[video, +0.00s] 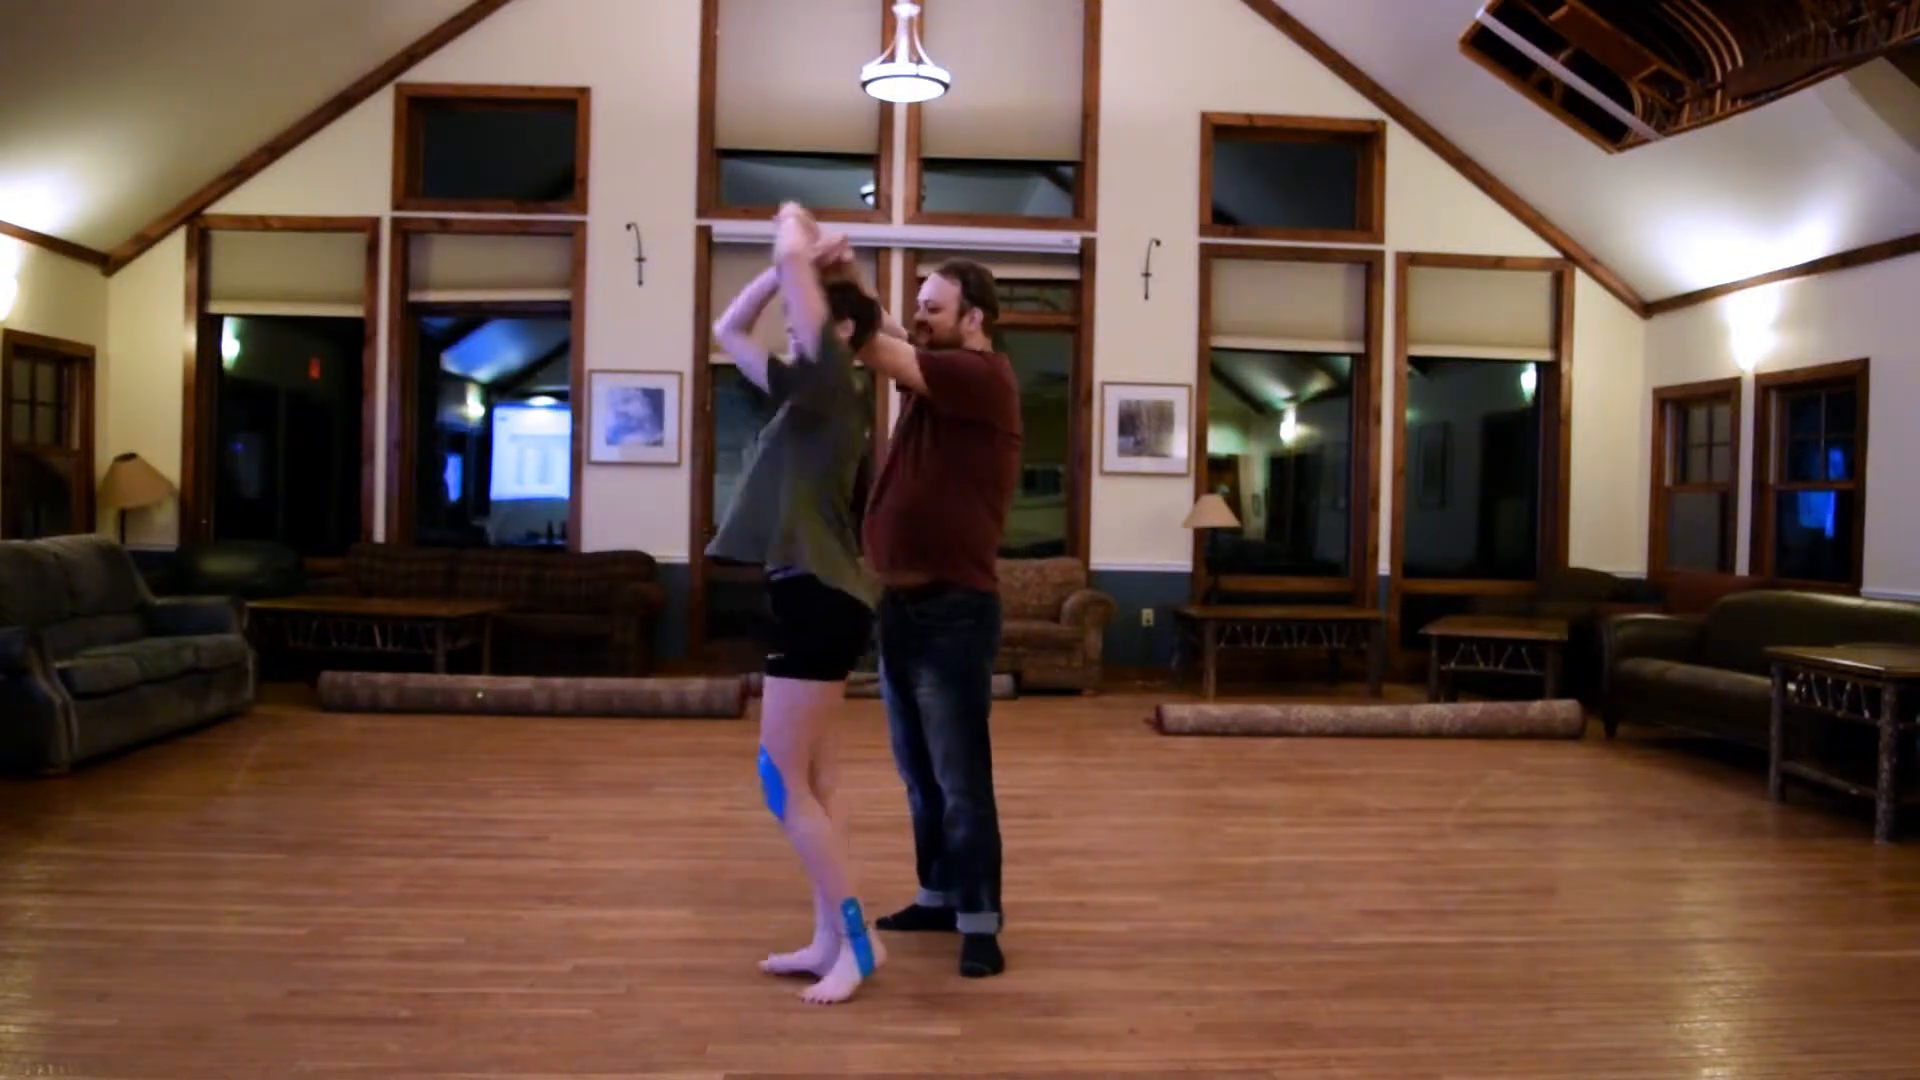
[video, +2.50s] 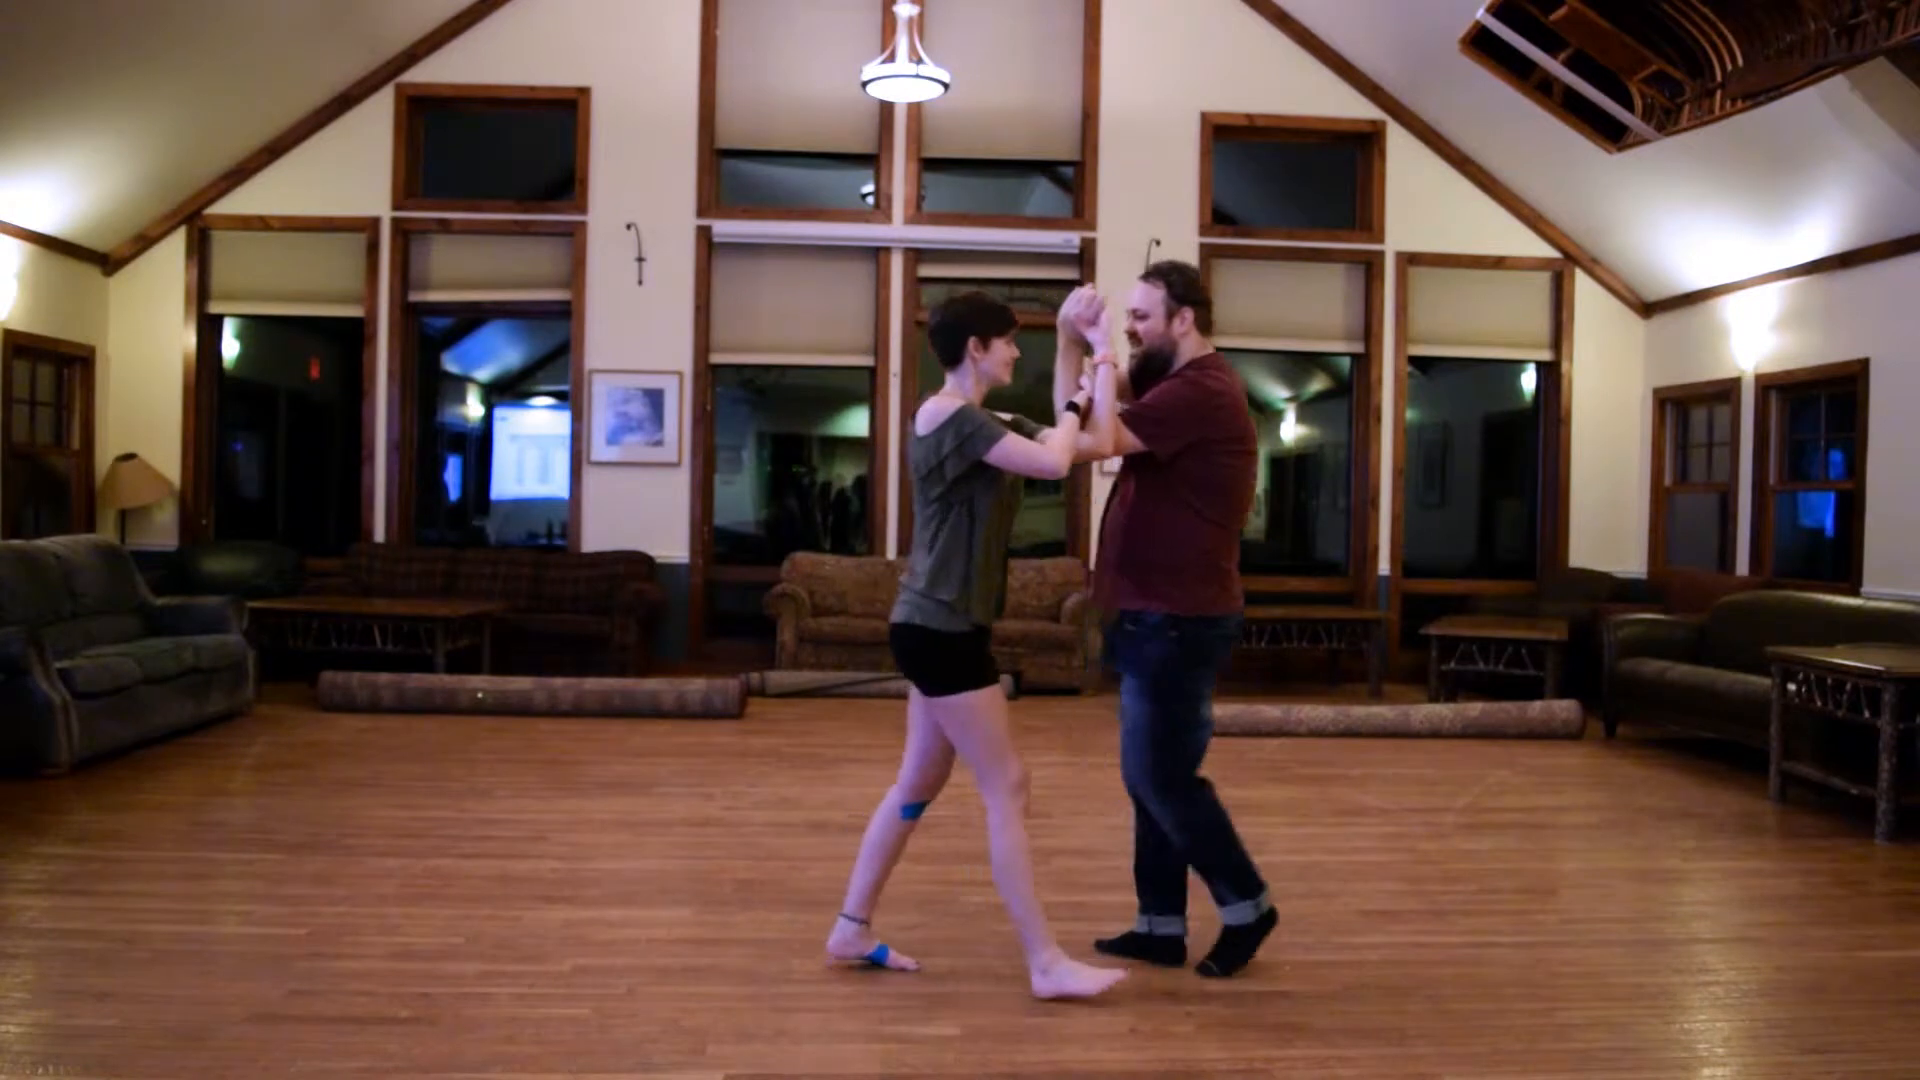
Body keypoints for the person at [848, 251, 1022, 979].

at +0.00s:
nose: (916, 315)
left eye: (931, 305)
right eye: (917, 305)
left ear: (972, 315)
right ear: (931, 315)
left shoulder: (987, 375)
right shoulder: (936, 375)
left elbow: (887, 354)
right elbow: (870, 346)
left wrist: (841, 284)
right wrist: (834, 281)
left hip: (955, 602)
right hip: (904, 599)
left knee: (959, 771)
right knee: (919, 767)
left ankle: (981, 921)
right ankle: (941, 899)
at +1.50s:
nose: (952, 329)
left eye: (967, 316)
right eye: (948, 316)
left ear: (1007, 322)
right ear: (955, 326)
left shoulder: (1029, 392)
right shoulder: (972, 385)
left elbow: (935, 428)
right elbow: (902, 411)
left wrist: (939, 349)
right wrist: (904, 329)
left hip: (1013, 620)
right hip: (956, 615)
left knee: (1010, 779)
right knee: (933, 766)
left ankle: (1030, 930)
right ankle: (921, 910)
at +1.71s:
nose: (991, 327)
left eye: (1005, 314)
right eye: (990, 315)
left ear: (1049, 315)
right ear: (1007, 321)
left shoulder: (1067, 385)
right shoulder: (1023, 381)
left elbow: (973, 424)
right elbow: (932, 413)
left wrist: (972, 349)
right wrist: (940, 329)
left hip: (1044, 619)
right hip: (995, 613)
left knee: (1032, 776)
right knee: (957, 739)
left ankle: (1038, 924)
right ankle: (1005, 877)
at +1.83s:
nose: (1018, 322)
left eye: (1030, 310)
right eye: (1016, 311)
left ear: (1073, 314)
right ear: (1032, 317)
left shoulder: (1090, 384)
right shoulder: (1045, 372)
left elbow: (990, 427)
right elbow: (969, 396)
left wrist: (977, 347)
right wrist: (966, 329)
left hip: (1064, 617)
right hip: (1019, 611)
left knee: (1045, 775)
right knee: (998, 748)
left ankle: (1039, 928)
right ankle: (1099, 863)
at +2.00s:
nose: (1044, 327)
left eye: (1056, 315)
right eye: (1044, 316)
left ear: (1097, 318)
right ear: (1082, 319)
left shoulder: (1111, 389)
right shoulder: (1080, 373)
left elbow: (1001, 434)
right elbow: (983, 401)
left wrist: (1002, 353)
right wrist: (984, 335)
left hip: (1085, 618)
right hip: (1068, 613)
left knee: (1051, 775)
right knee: (1089, 765)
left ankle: (1040, 927)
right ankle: (1153, 910)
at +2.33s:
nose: (1101, 328)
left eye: (1111, 315)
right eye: (1100, 315)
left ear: (1154, 318)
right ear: (1150, 321)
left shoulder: (1167, 388)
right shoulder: (1154, 381)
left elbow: (1061, 430)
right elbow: (1059, 419)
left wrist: (1054, 344)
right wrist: (1051, 343)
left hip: (1143, 614)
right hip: (1153, 610)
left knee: (1093, 755)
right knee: (1149, 760)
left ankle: (1150, 922)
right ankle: (1161, 921)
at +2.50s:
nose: (1132, 330)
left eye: (1142, 317)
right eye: (1131, 317)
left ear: (1183, 318)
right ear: (1170, 320)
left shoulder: (1205, 387)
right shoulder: (1164, 376)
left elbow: (1105, 438)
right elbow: (1076, 418)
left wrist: (1103, 362)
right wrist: (1079, 342)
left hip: (1183, 615)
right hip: (1148, 611)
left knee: (1159, 774)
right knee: (1151, 773)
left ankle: (1247, 907)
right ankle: (1160, 926)